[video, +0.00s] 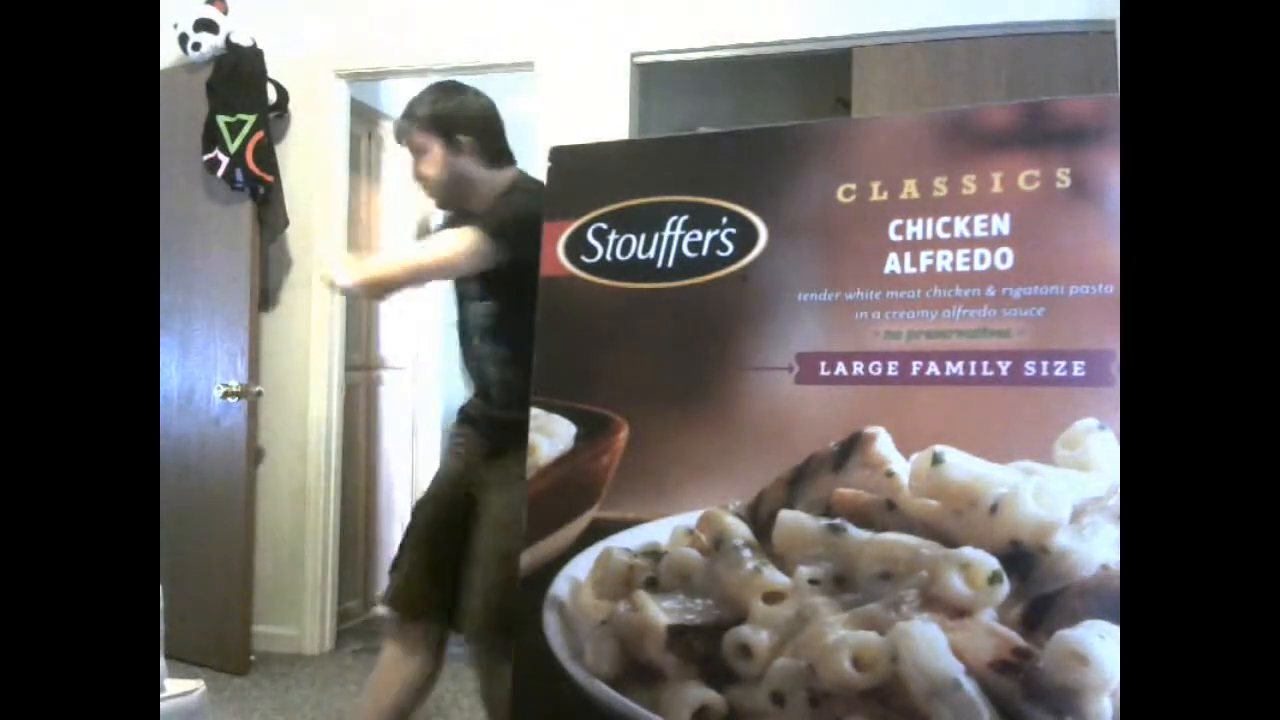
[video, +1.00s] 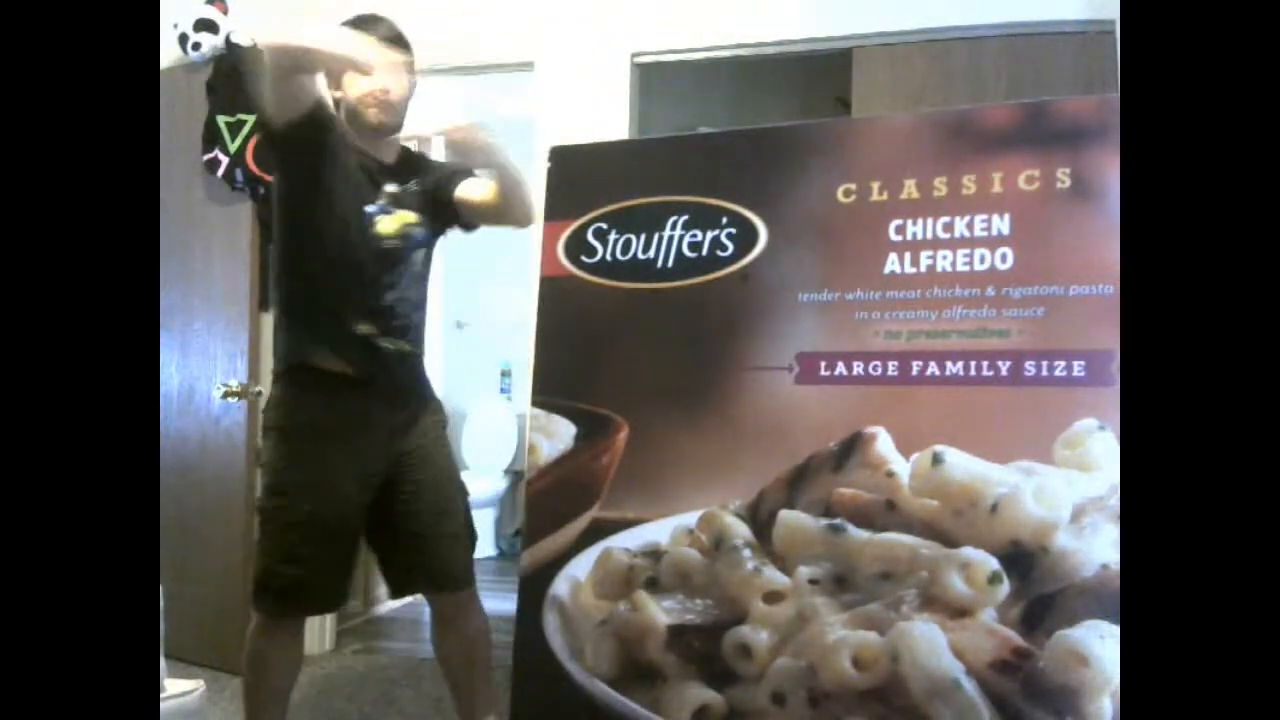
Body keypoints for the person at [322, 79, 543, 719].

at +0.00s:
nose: (415, 172)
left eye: (420, 154)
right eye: (412, 156)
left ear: (460, 145)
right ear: (456, 149)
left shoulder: (525, 206)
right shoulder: (477, 215)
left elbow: (451, 259)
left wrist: (361, 275)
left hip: (534, 439)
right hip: (478, 429)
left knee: (498, 630)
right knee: (415, 613)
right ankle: (374, 713)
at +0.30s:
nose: (438, 130)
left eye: (448, 115)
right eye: (439, 116)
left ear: (491, 117)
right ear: (490, 120)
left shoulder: (525, 184)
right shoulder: (470, 189)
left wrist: (378, 169)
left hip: (485, 441)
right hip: (431, 430)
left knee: (454, 625)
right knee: (377, 615)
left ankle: (509, 714)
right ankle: (336, 712)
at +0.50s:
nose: (443, 112)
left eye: (456, 96)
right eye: (427, 98)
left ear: (480, 102)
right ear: (407, 109)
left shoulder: (517, 188)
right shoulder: (384, 203)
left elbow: (595, 171)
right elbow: (331, 291)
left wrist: (522, 167)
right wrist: (420, 257)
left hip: (494, 424)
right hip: (403, 421)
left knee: (511, 607)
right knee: (331, 597)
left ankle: (532, 719)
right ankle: (288, 717)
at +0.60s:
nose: (443, 108)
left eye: (455, 92)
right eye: (425, 92)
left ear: (472, 100)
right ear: (397, 101)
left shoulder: (492, 179)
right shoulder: (373, 183)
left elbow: (571, 201)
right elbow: (331, 238)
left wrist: (566, 157)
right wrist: (434, 203)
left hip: (481, 420)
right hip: (391, 421)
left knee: (511, 603)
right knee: (327, 607)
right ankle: (282, 717)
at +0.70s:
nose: (421, 99)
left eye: (433, 86)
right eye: (405, 85)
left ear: (452, 98)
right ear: (376, 96)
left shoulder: (468, 179)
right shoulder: (359, 177)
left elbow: (534, 183)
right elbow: (337, 179)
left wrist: (561, 165)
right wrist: (389, 133)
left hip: (456, 423)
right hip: (368, 423)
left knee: (498, 601)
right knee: (308, 609)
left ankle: (521, 714)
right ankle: (273, 715)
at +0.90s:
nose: (404, 88)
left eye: (414, 75)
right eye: (388, 72)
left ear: (422, 89)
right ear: (345, 77)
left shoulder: (424, 171)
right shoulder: (315, 150)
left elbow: (534, 204)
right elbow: (350, 115)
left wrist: (539, 172)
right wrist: (441, 32)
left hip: (411, 407)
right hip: (320, 410)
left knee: (461, 590)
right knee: (286, 609)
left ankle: (490, 717)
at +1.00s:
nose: (387, 87)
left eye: (400, 74)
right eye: (370, 73)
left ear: (412, 86)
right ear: (338, 83)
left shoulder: (426, 176)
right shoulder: (308, 145)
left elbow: (518, 213)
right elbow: (269, 57)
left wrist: (493, 156)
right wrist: (343, 56)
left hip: (407, 404)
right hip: (315, 402)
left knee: (455, 586)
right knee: (283, 603)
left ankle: (480, 716)